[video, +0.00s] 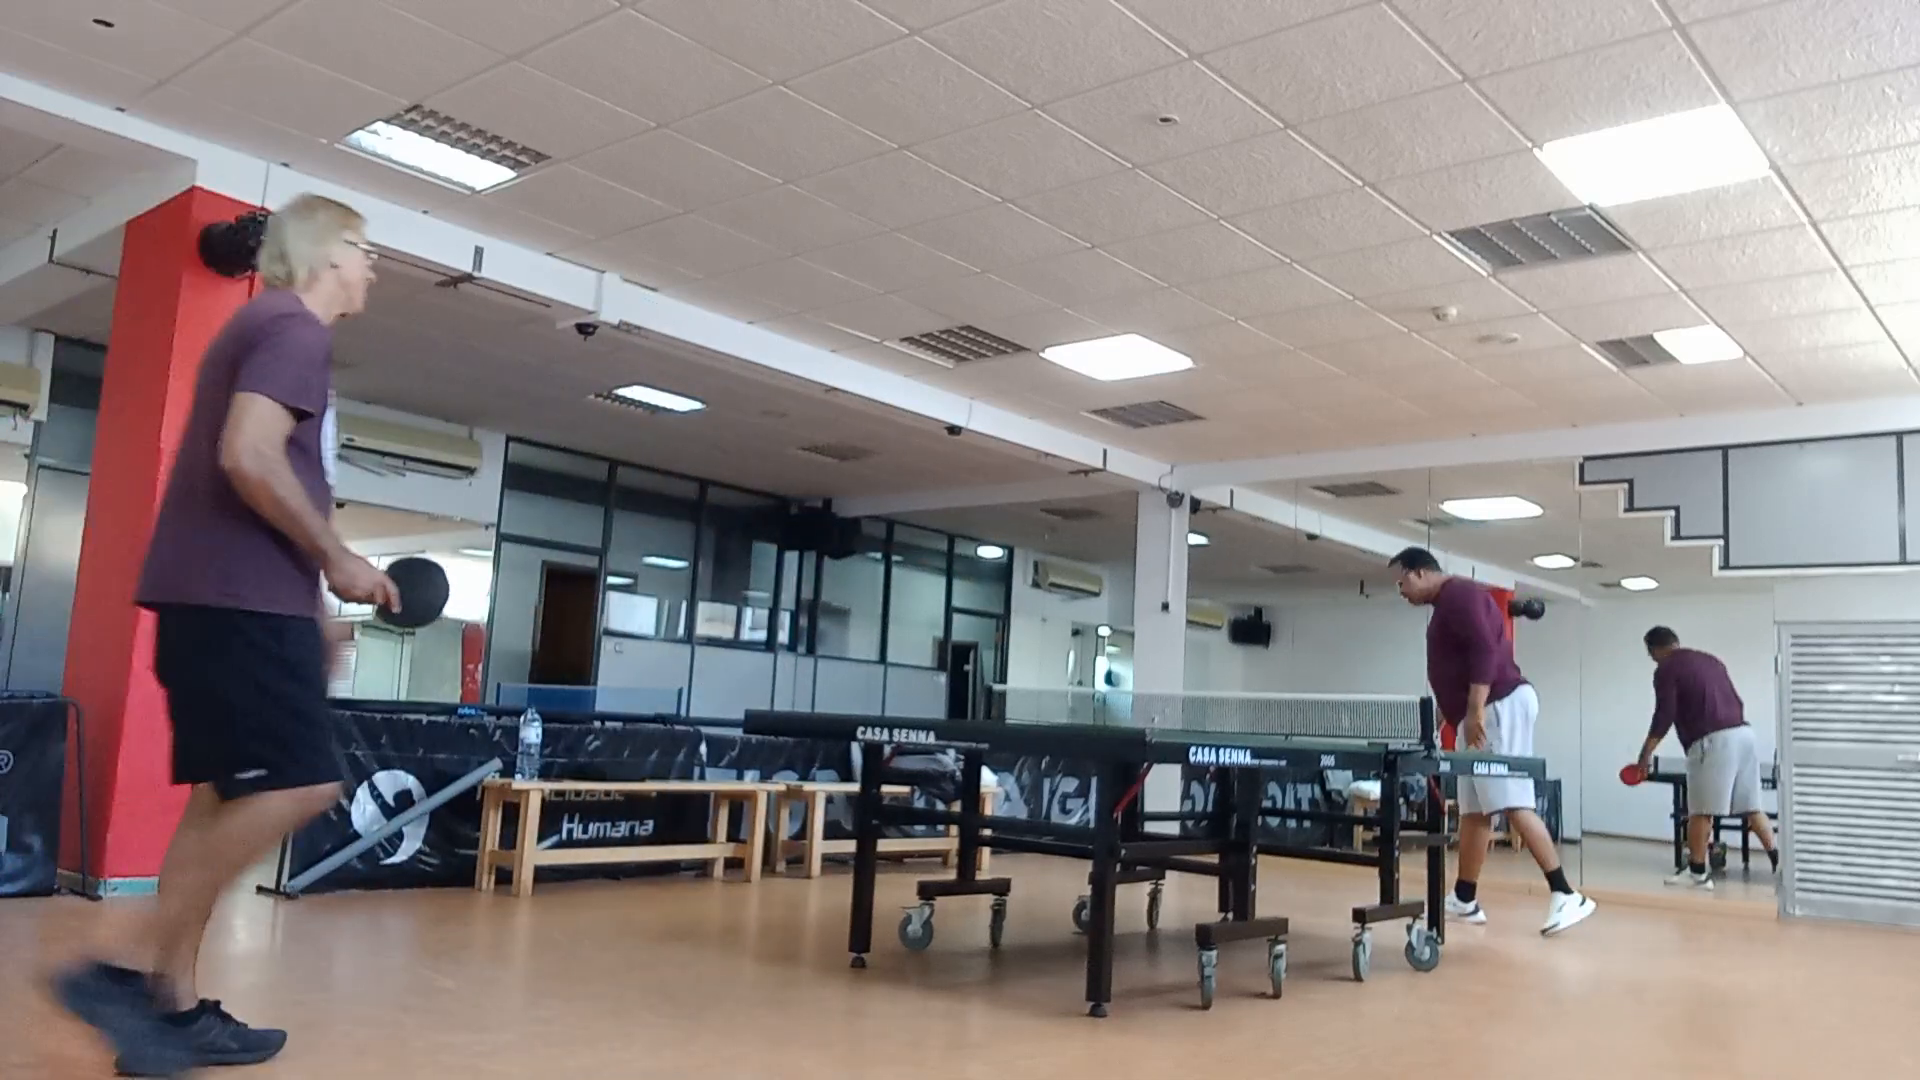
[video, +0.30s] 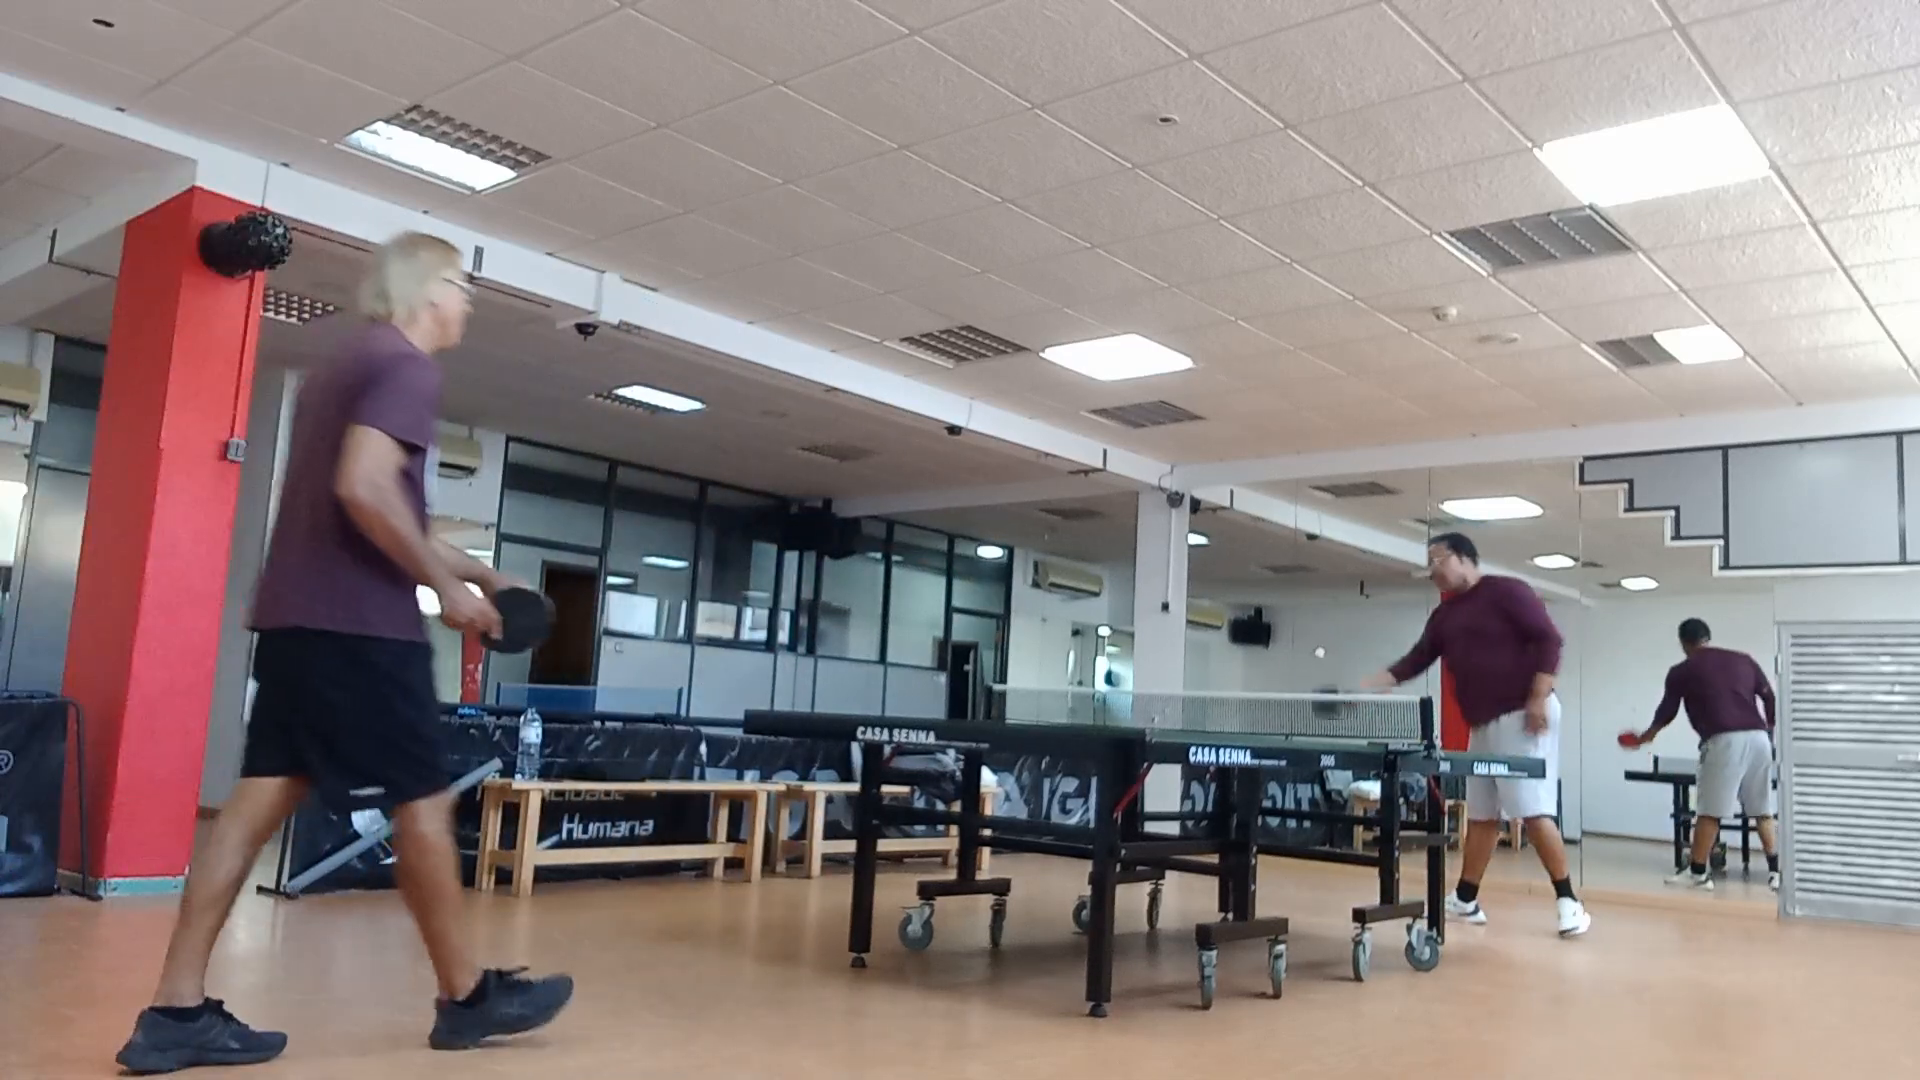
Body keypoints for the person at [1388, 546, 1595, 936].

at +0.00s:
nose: (1402, 594)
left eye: (1402, 585)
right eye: (1399, 587)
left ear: (1418, 574)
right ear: (1418, 575)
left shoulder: (1462, 592)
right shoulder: (1447, 603)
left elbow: (1485, 650)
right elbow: (1464, 665)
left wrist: (1475, 710)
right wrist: (1454, 715)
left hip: (1503, 704)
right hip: (1477, 710)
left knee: (1514, 803)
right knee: (1473, 808)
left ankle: (1566, 895)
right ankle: (1464, 900)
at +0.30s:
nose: (1431, 570)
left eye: (1435, 560)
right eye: (1429, 564)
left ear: (1461, 558)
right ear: (1448, 564)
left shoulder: (1507, 591)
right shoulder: (1444, 616)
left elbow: (1549, 640)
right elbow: (1418, 658)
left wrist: (1539, 697)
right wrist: (1374, 683)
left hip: (1525, 715)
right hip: (1481, 725)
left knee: (1533, 813)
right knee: (1482, 815)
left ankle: (1568, 901)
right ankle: (1464, 901)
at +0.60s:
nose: (1491, 556)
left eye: (1498, 547)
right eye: (1486, 553)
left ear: (1523, 549)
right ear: (1485, 563)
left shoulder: (1566, 593)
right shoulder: (1482, 605)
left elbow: (1605, 650)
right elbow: (1443, 646)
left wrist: (1612, 712)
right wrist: (1415, 630)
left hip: (1564, 724)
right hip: (1508, 726)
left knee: (1564, 819)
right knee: (1485, 811)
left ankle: (1567, 907)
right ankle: (1472, 898)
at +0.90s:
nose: (1531, 549)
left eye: (1540, 542)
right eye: (1524, 544)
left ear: (1561, 547)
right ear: (1517, 552)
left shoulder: (1595, 594)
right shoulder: (1501, 599)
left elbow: (1629, 653)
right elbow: (1486, 658)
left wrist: (1630, 706)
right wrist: (1485, 690)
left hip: (1582, 726)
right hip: (1523, 725)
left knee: (1573, 819)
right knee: (1527, 809)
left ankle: (1569, 908)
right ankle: (1532, 907)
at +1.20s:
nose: (1538, 535)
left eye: (1546, 525)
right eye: (1529, 531)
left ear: (1566, 528)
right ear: (1523, 540)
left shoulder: (1607, 576)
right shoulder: (1506, 592)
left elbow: (1637, 638)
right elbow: (1492, 657)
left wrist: (1661, 702)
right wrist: (1491, 703)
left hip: (1606, 721)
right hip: (1541, 725)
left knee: (1618, 821)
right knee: (1549, 821)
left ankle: (1591, 889)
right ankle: (1549, 918)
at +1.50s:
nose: (1580, 527)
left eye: (1589, 518)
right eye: (1570, 521)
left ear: (1606, 523)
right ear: (1559, 530)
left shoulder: (1639, 577)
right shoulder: (1533, 583)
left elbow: (1662, 645)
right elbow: (1513, 653)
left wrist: (1682, 707)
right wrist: (1505, 718)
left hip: (1632, 725)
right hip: (1561, 728)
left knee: (1646, 827)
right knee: (1558, 827)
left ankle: (1666, 936)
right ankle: (1550, 920)